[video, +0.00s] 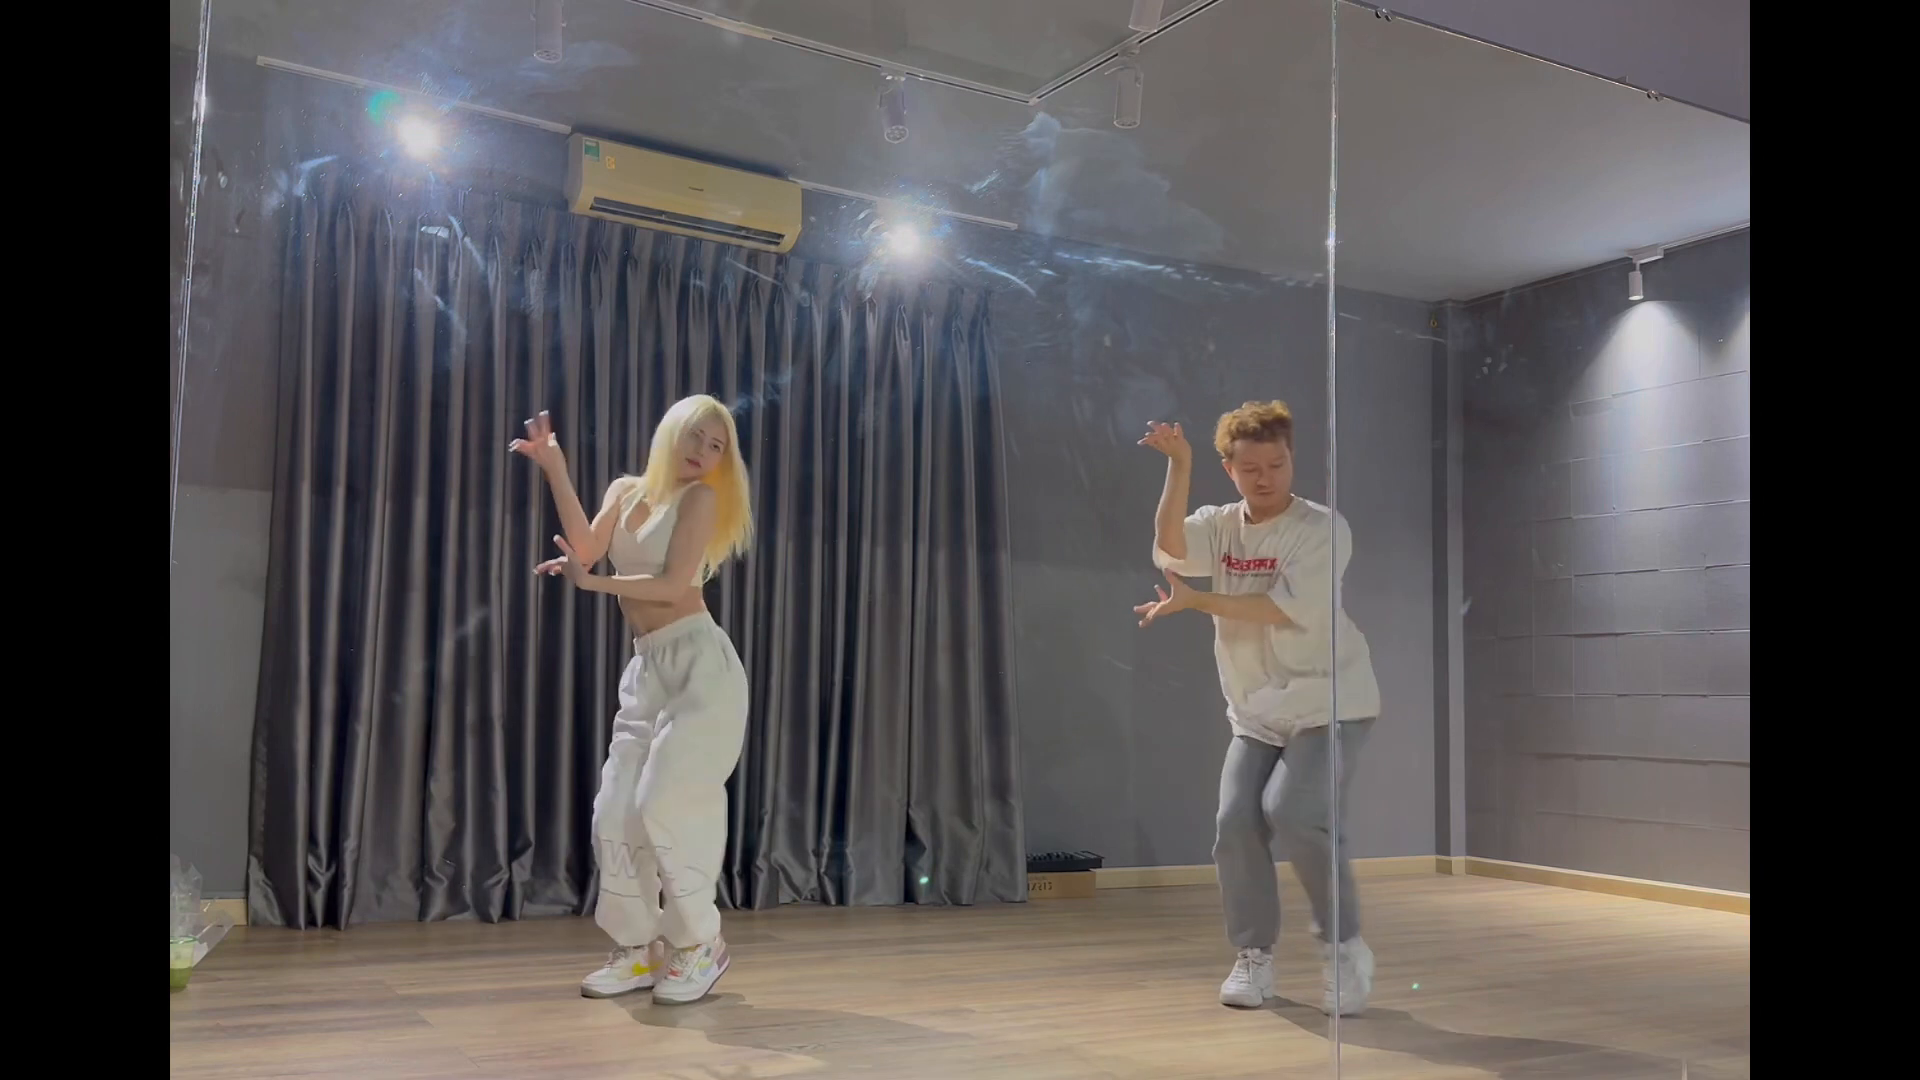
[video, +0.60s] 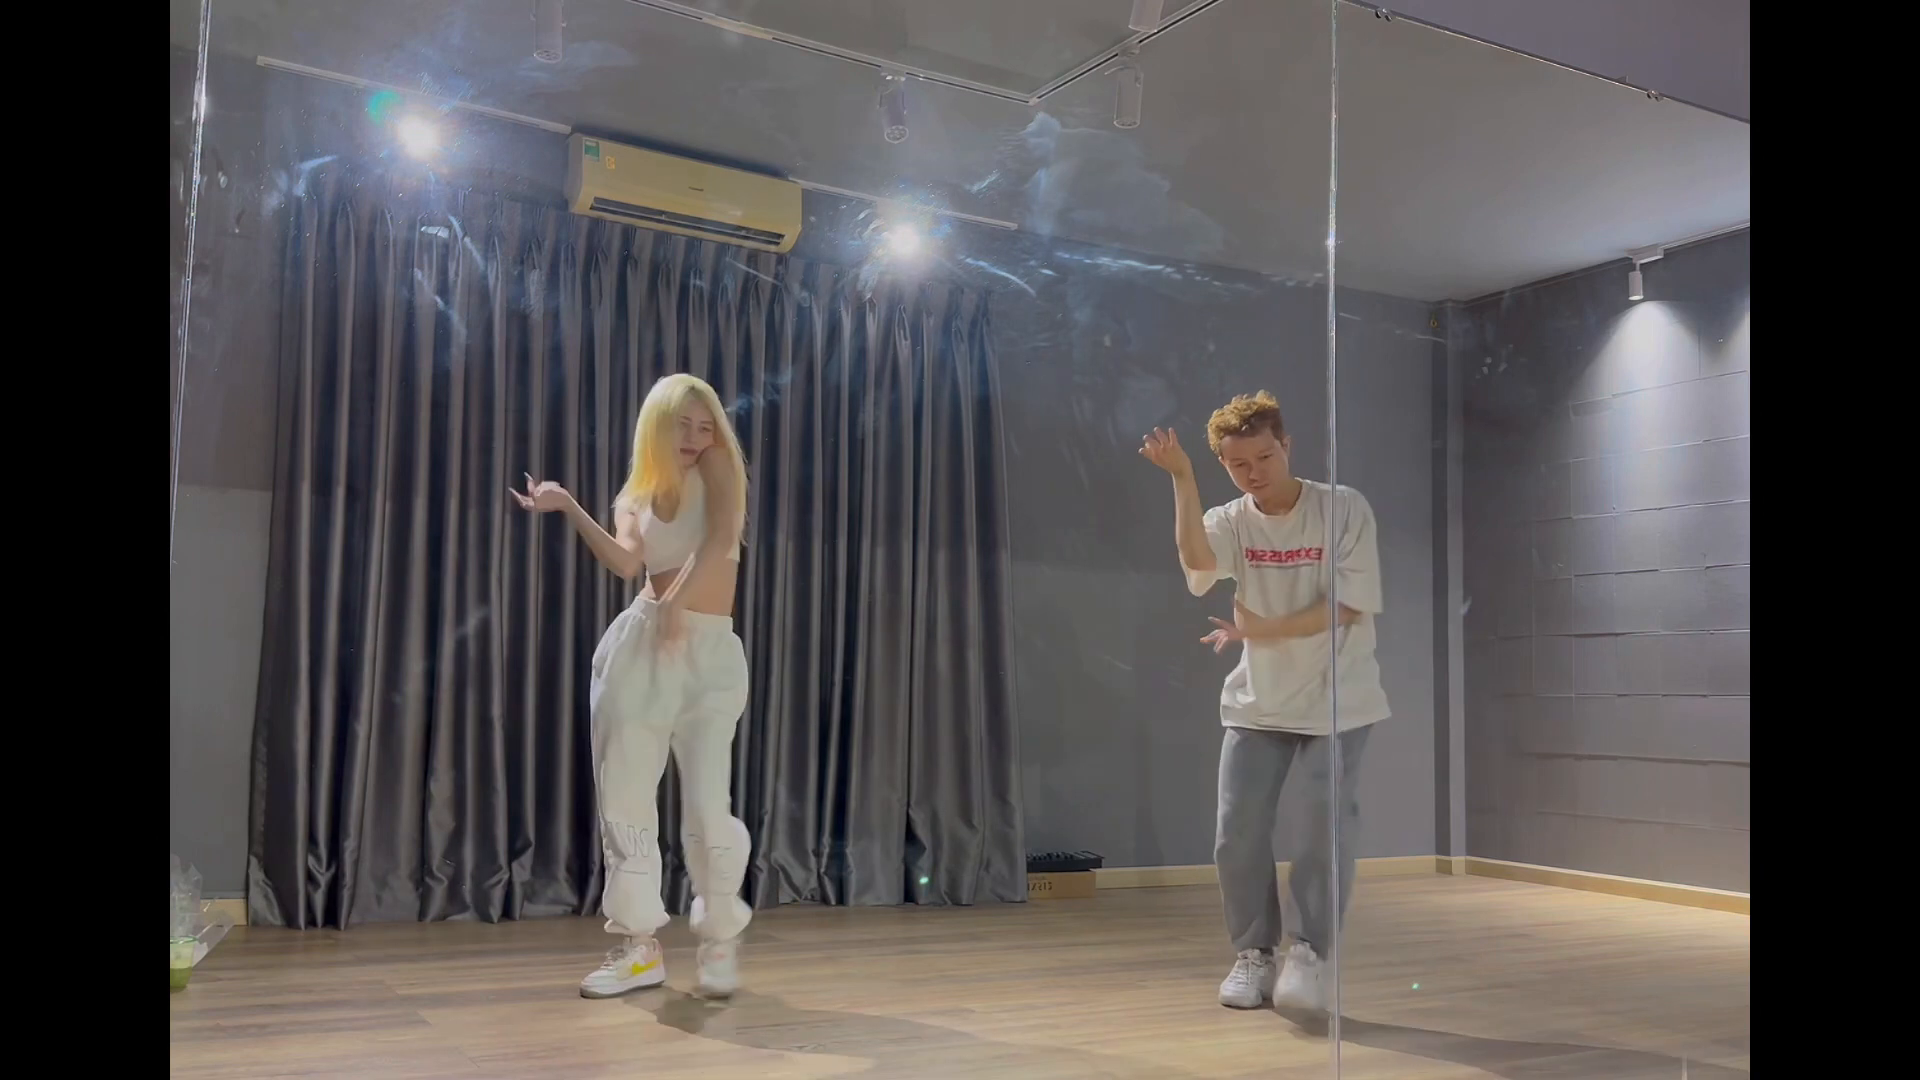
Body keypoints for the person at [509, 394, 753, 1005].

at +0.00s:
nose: (703, 452)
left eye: (715, 446)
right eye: (696, 438)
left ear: (722, 456)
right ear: (671, 435)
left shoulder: (699, 501)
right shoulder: (626, 491)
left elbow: (676, 586)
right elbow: (587, 546)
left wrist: (592, 580)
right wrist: (555, 466)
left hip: (701, 667)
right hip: (647, 673)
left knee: (662, 804)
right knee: (615, 809)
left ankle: (701, 945)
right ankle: (643, 950)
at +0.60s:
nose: (697, 438)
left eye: (706, 427)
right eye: (685, 427)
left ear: (717, 429)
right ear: (659, 429)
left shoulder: (720, 470)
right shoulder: (635, 495)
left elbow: (719, 541)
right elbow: (626, 561)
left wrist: (678, 601)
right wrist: (571, 506)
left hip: (710, 650)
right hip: (641, 647)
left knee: (706, 805)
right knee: (625, 798)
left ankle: (719, 949)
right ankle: (642, 949)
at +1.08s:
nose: (744, 458)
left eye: (753, 451)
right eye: (731, 449)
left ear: (763, 470)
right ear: (708, 464)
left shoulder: (772, 542)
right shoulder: (685, 506)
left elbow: (811, 607)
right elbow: (681, 590)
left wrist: (821, 533)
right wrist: (760, 623)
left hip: (769, 697)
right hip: (692, 698)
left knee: (791, 824)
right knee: (615, 803)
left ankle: (789, 943)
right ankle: (645, 944)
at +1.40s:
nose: (751, 413)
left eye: (756, 408)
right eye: (736, 410)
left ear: (767, 431)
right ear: (710, 438)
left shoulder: (786, 492)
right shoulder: (694, 496)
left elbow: (826, 544)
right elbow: (696, 587)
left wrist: (817, 468)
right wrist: (774, 592)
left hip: (742, 659)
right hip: (674, 648)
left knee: (752, 799)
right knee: (638, 792)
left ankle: (785, 938)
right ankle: (600, 938)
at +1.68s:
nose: (754, 468)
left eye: (762, 460)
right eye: (741, 459)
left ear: (771, 473)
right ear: (715, 470)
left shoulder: (767, 538)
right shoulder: (690, 509)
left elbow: (780, 599)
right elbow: (677, 590)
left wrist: (804, 527)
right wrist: (753, 618)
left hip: (765, 695)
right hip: (690, 697)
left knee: (786, 828)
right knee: (598, 800)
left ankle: (786, 943)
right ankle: (636, 942)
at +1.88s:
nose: (748, 456)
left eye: (757, 447)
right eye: (735, 446)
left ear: (768, 457)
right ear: (711, 453)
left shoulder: (763, 511)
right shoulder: (684, 491)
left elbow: (780, 581)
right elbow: (672, 566)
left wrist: (800, 522)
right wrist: (748, 600)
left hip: (761, 676)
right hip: (686, 680)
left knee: (777, 811)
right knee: (610, 801)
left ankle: (786, 943)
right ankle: (643, 947)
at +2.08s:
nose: (739, 459)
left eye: (746, 449)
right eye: (727, 448)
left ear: (754, 459)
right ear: (701, 453)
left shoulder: (746, 515)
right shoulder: (678, 489)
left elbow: (790, 549)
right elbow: (672, 570)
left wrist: (808, 490)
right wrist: (742, 608)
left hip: (751, 680)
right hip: (680, 683)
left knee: (791, 814)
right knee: (622, 812)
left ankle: (789, 944)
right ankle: (635, 946)